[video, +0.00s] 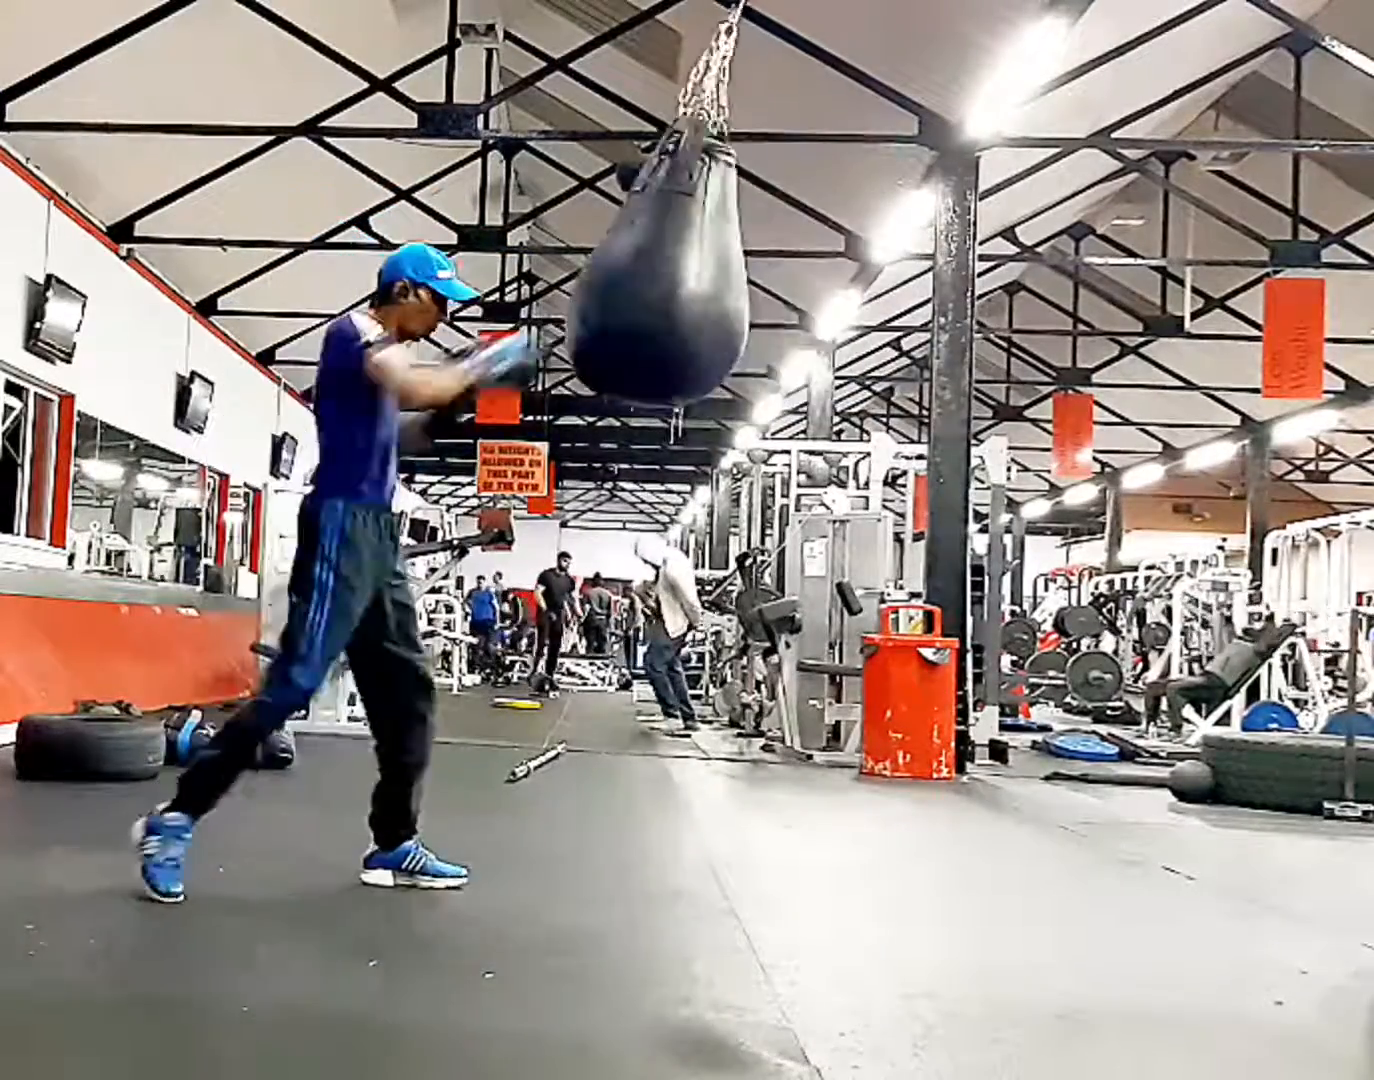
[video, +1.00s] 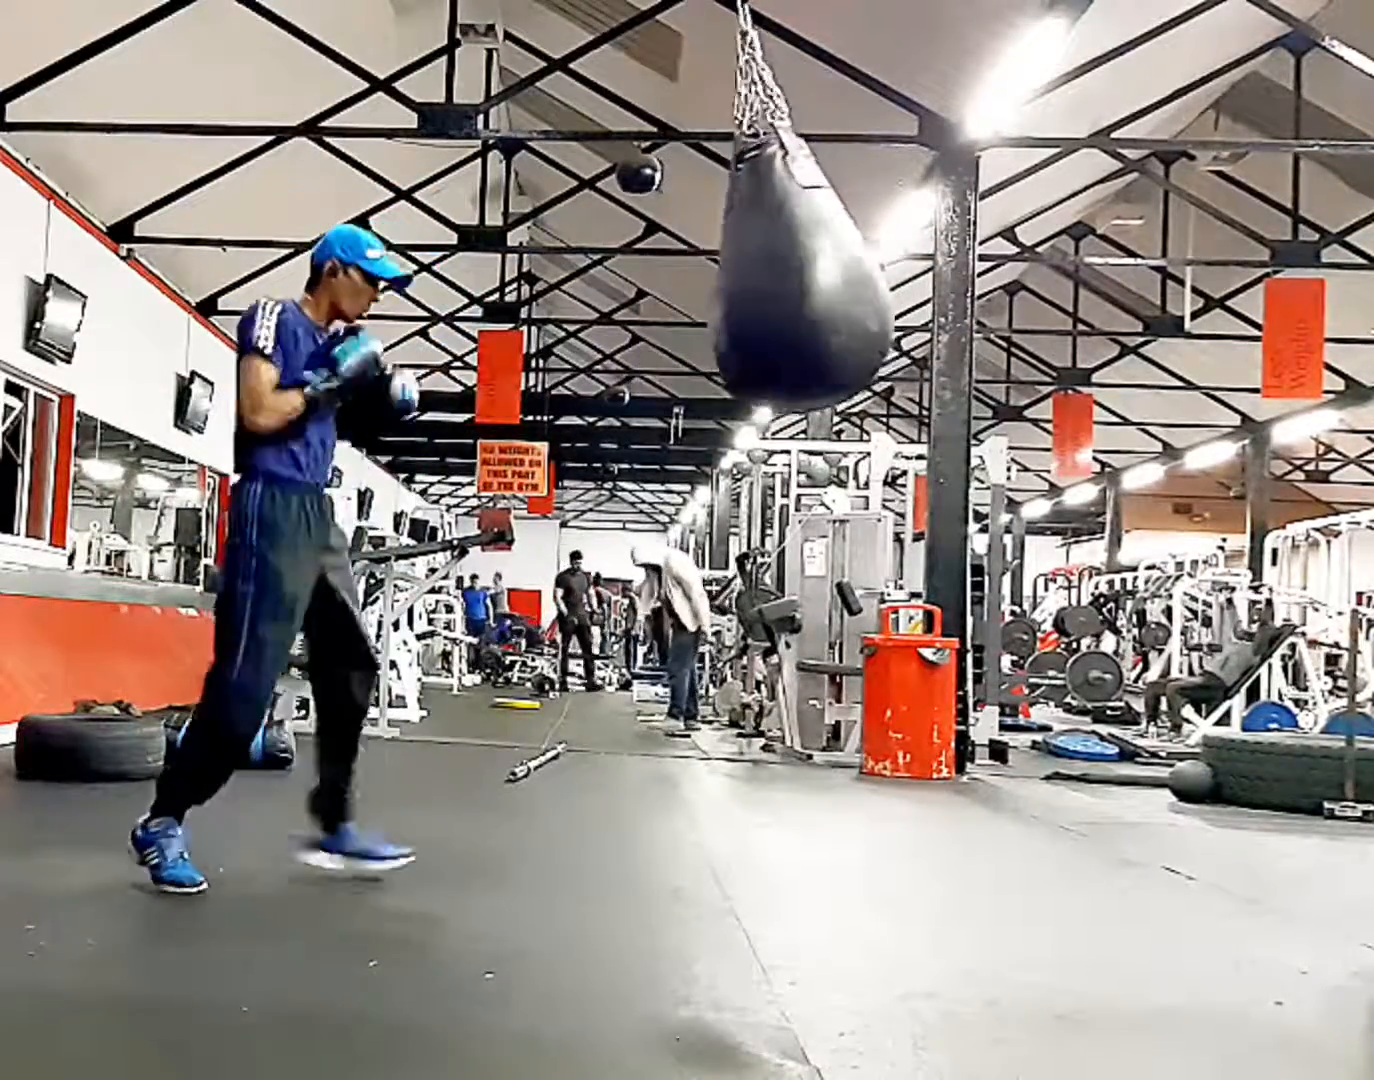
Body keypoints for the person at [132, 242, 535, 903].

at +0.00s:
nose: (441, 319)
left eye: (445, 309)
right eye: (439, 306)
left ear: (412, 297)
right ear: (406, 293)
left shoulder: (385, 351)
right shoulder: (351, 332)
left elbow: (392, 429)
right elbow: (411, 388)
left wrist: (455, 391)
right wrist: (478, 364)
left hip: (377, 531)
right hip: (339, 527)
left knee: (406, 691)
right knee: (292, 687)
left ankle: (394, 845)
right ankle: (176, 821)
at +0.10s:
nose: (446, 319)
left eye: (449, 308)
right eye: (441, 305)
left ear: (422, 302)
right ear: (408, 293)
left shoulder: (417, 365)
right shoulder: (343, 340)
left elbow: (479, 397)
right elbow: (332, 430)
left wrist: (535, 372)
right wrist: (404, 416)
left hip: (383, 534)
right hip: (336, 525)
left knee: (412, 697)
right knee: (326, 688)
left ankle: (395, 846)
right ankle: (207, 817)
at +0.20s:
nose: (442, 332)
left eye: (447, 322)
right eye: (438, 317)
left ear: (424, 312)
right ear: (408, 300)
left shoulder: (413, 375)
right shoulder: (340, 345)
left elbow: (456, 430)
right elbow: (313, 446)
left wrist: (509, 413)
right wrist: (391, 429)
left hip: (381, 533)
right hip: (334, 525)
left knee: (411, 693)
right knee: (327, 696)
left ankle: (394, 845)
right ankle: (219, 819)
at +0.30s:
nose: (450, 346)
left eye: (452, 334)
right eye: (445, 332)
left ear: (422, 327)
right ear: (412, 321)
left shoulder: (401, 394)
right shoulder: (342, 366)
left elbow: (403, 470)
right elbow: (308, 469)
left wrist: (460, 468)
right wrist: (388, 455)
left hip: (368, 547)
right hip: (324, 543)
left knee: (421, 692)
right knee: (326, 706)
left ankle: (393, 846)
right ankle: (212, 827)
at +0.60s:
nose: (403, 294)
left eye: (408, 284)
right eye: (400, 279)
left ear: (376, 273)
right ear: (366, 265)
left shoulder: (358, 336)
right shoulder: (307, 307)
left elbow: (345, 430)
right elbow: (257, 394)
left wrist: (384, 420)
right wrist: (342, 394)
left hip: (329, 500)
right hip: (289, 496)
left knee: (342, 665)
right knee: (263, 664)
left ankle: (350, 822)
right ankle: (202, 825)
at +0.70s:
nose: (388, 290)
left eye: (390, 279)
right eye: (382, 276)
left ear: (358, 275)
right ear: (346, 269)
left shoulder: (341, 338)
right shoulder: (288, 310)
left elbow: (338, 425)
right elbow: (241, 393)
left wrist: (377, 406)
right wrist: (319, 398)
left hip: (317, 509)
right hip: (271, 505)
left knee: (334, 671)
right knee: (250, 677)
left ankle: (270, 824)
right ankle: (180, 824)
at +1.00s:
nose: (376, 296)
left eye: (379, 286)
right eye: (370, 282)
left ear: (350, 281)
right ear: (332, 271)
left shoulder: (336, 346)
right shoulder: (272, 320)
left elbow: (340, 428)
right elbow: (256, 414)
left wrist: (382, 407)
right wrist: (329, 381)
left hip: (317, 514)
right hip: (269, 509)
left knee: (350, 669)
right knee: (246, 684)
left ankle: (333, 825)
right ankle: (161, 823)